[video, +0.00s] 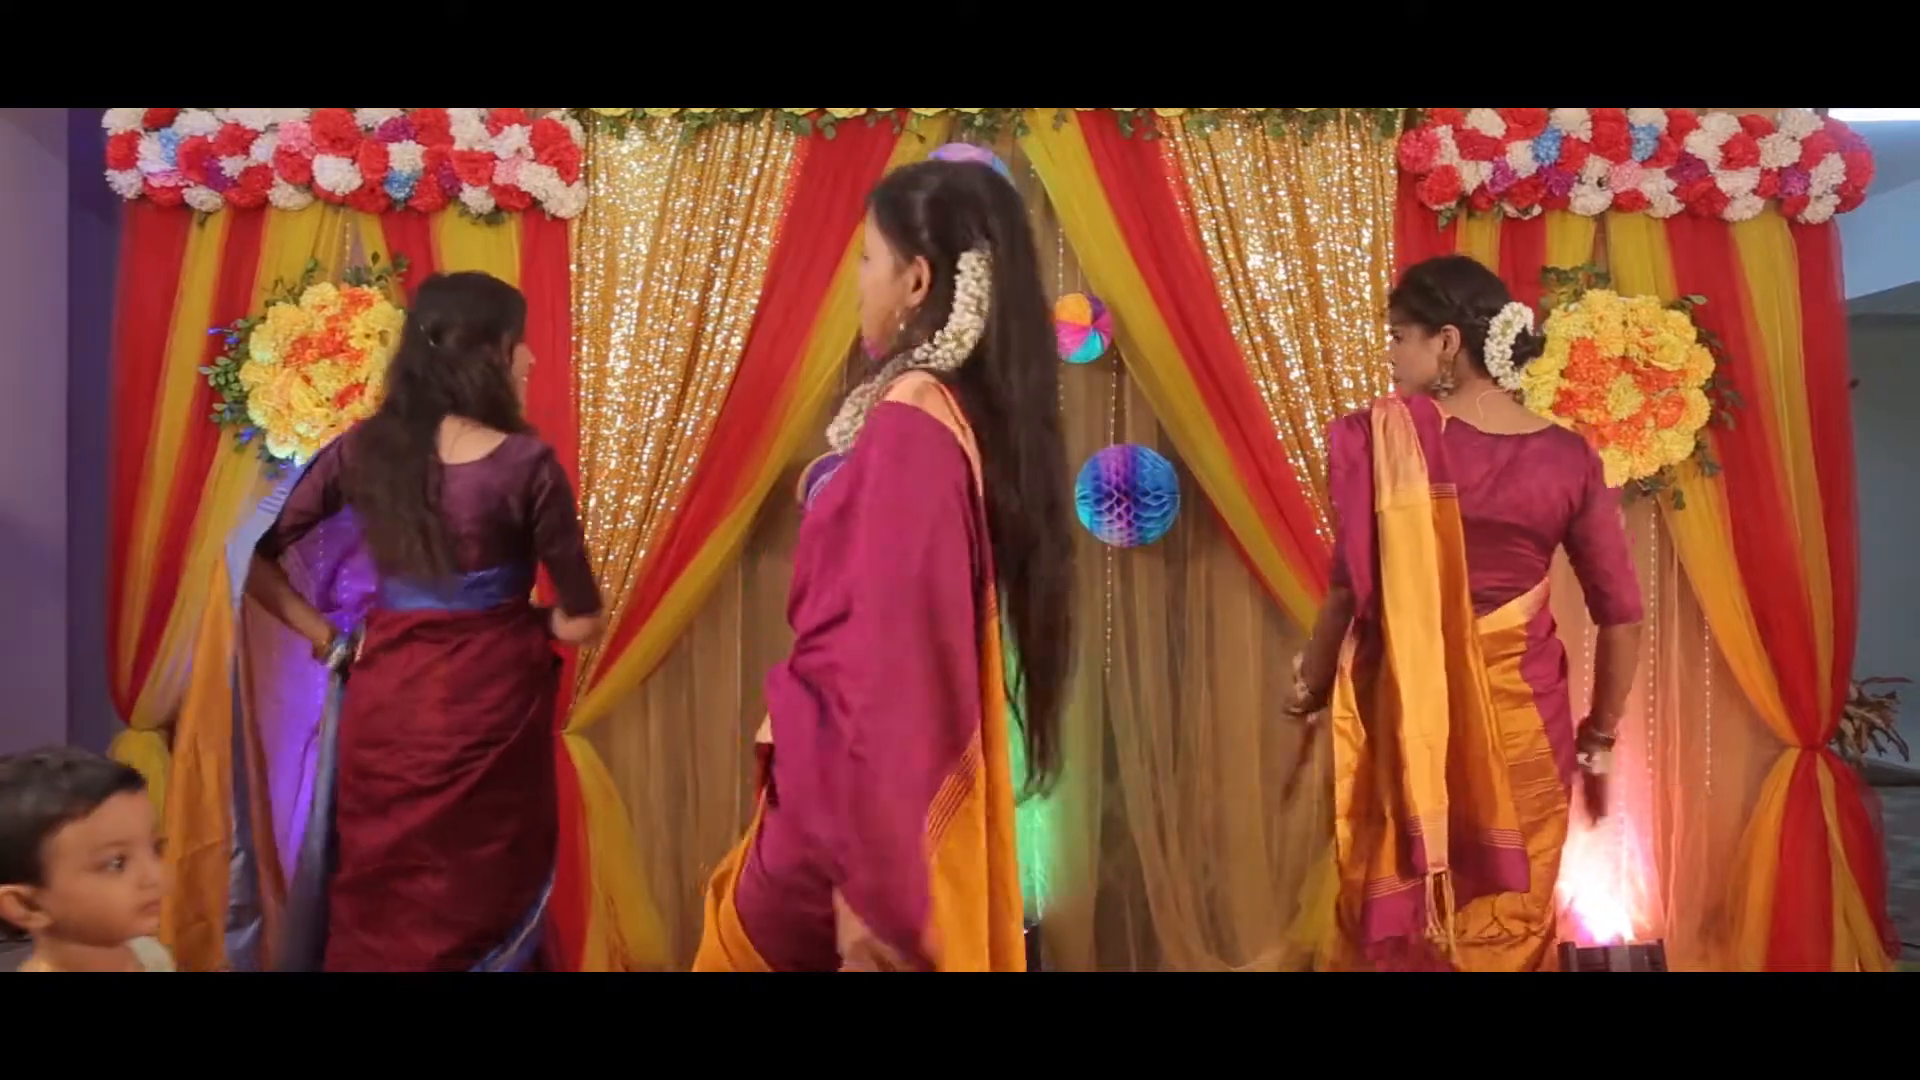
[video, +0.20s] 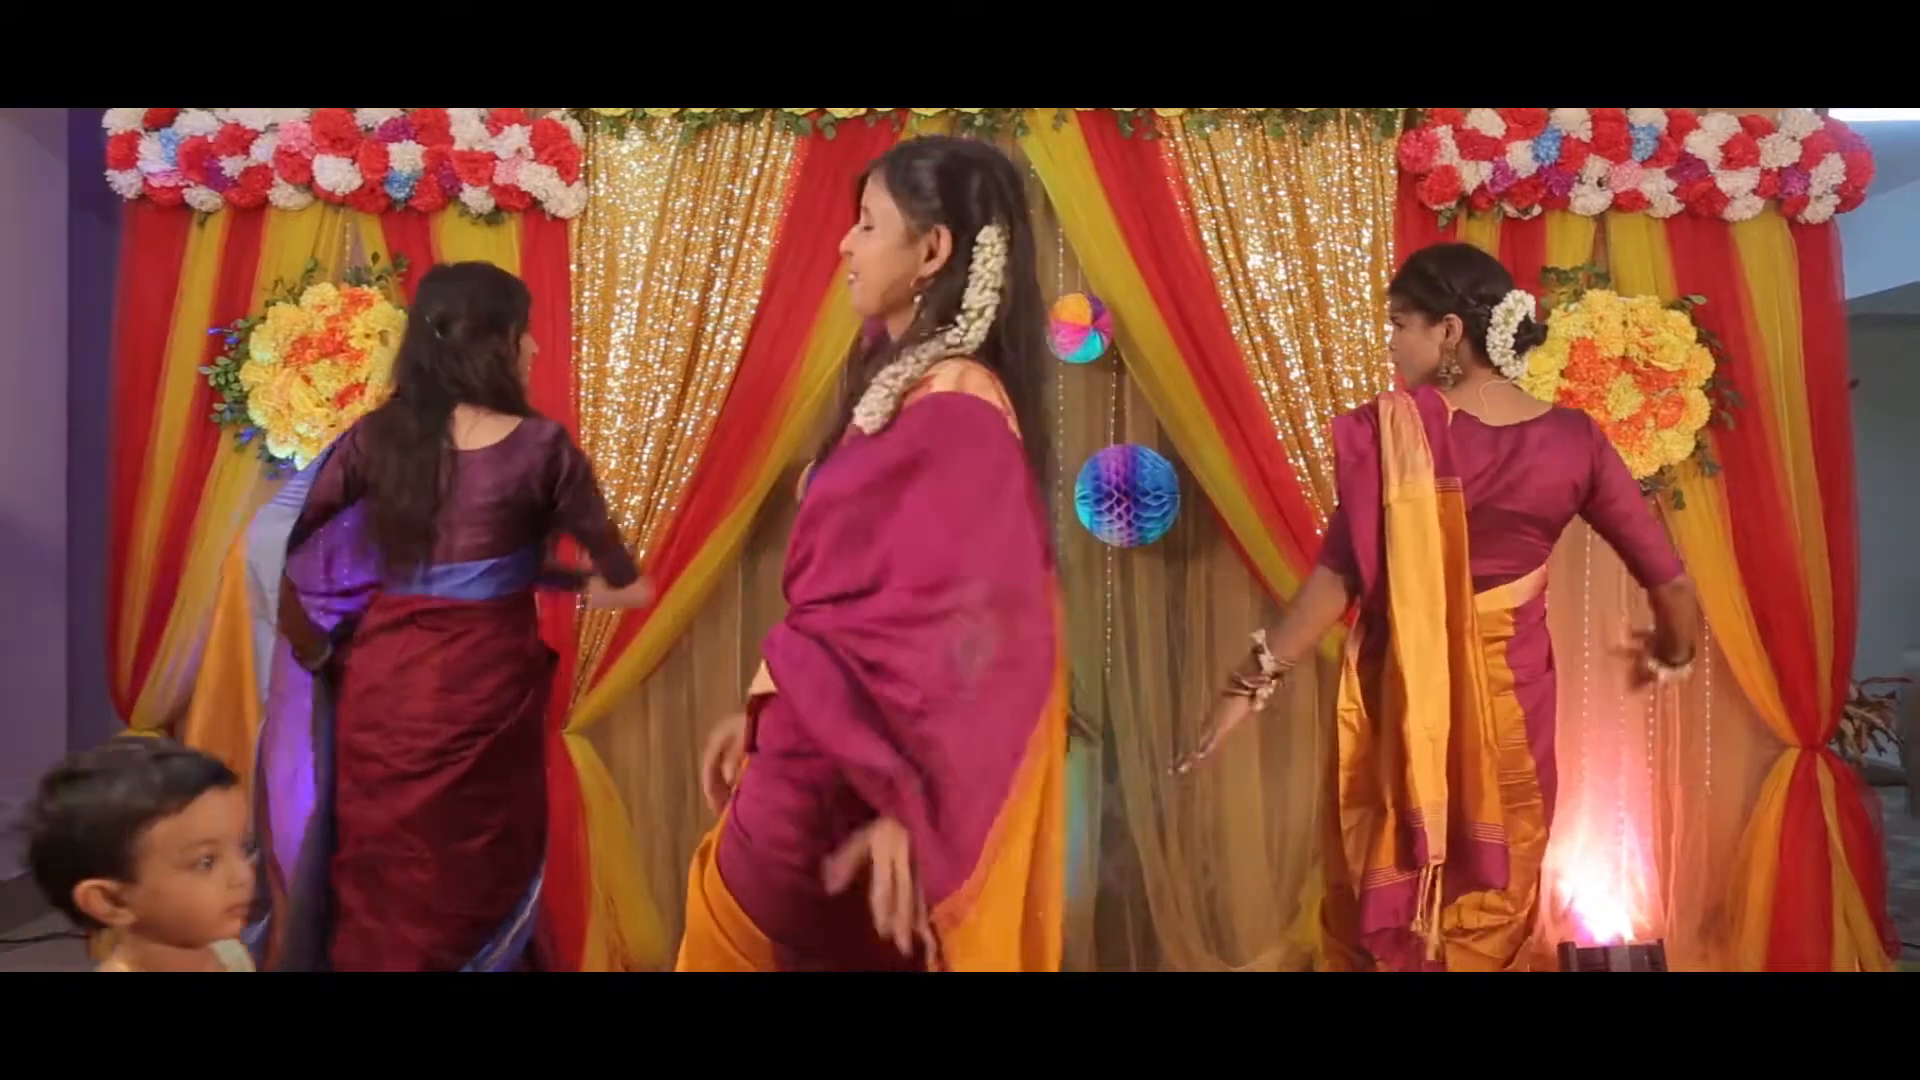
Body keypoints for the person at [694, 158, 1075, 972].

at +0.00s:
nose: (857, 282)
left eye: (866, 259)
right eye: (862, 258)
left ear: (916, 278)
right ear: (924, 278)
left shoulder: (908, 417)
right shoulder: (945, 401)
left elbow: (896, 662)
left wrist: (875, 890)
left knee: (738, 947)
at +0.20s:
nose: (845, 244)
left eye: (867, 224)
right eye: (856, 222)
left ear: (933, 250)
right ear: (925, 251)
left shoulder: (955, 406)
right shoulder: (901, 389)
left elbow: (941, 633)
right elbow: (862, 603)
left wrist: (904, 805)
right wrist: (754, 711)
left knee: (725, 938)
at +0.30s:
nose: (855, 253)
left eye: (883, 229)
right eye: (862, 230)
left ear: (959, 254)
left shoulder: (978, 406)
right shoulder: (896, 401)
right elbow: (870, 595)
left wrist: (917, 745)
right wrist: (771, 658)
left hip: (874, 827)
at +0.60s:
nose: (920, 285)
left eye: (956, 267)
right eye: (913, 264)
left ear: (1020, 296)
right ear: (893, 285)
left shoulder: (1030, 417)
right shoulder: (898, 434)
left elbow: (1162, 607)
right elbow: (820, 612)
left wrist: (974, 723)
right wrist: (799, 674)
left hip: (921, 789)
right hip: (841, 775)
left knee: (764, 954)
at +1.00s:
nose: (961, 294)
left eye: (992, 279)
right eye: (944, 268)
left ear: (1023, 306)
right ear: (908, 281)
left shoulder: (1042, 419)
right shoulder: (862, 442)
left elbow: (1180, 591)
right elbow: (770, 611)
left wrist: (1061, 706)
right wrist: (850, 679)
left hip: (969, 760)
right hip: (849, 765)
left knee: (893, 951)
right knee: (853, 951)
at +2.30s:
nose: (915, 282)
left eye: (936, 260)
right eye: (890, 261)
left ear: (962, 280)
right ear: (846, 280)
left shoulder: (1004, 419)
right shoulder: (794, 420)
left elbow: (1066, 612)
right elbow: (749, 602)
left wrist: (1161, 731)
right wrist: (933, 652)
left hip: (1011, 734)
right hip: (860, 736)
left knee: (1003, 941)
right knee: (876, 950)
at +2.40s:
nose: (928, 300)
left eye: (947, 278)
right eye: (904, 279)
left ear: (971, 290)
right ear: (860, 290)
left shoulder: (1009, 429)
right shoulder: (800, 424)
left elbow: (1058, 633)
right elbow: (758, 608)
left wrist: (1186, 654)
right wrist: (940, 666)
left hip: (1007, 753)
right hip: (857, 759)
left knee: (1006, 946)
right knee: (869, 957)